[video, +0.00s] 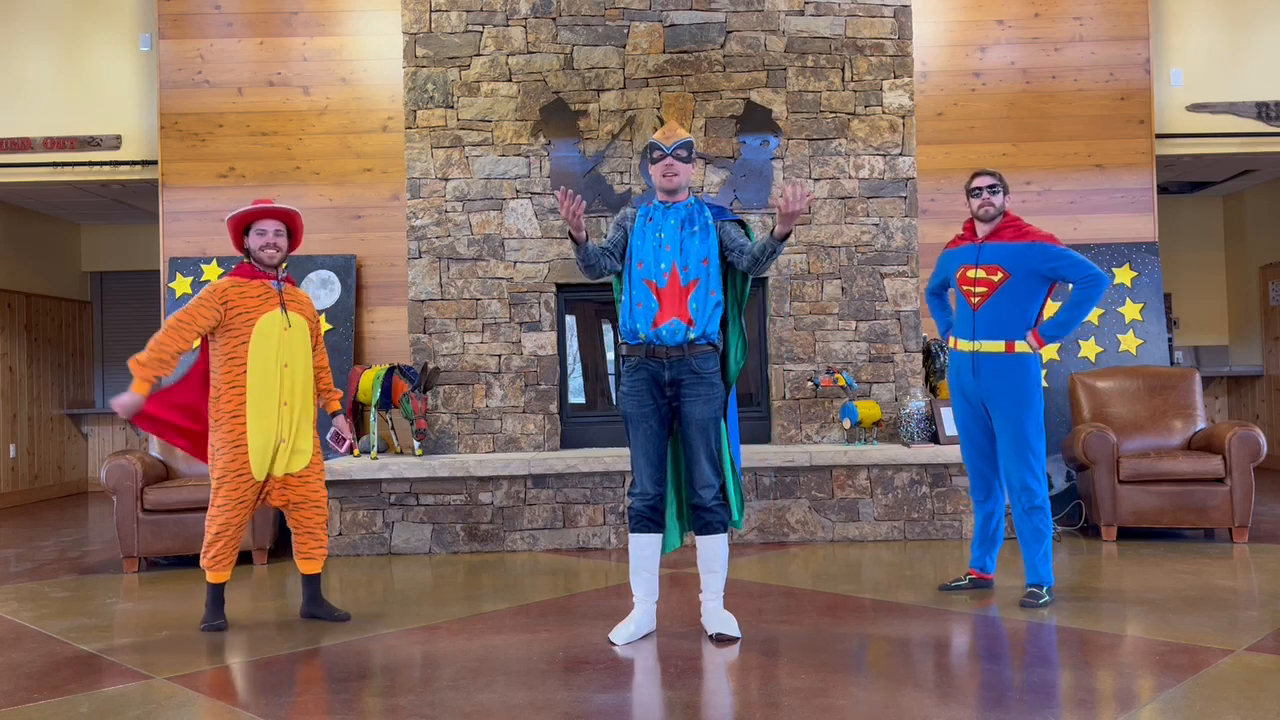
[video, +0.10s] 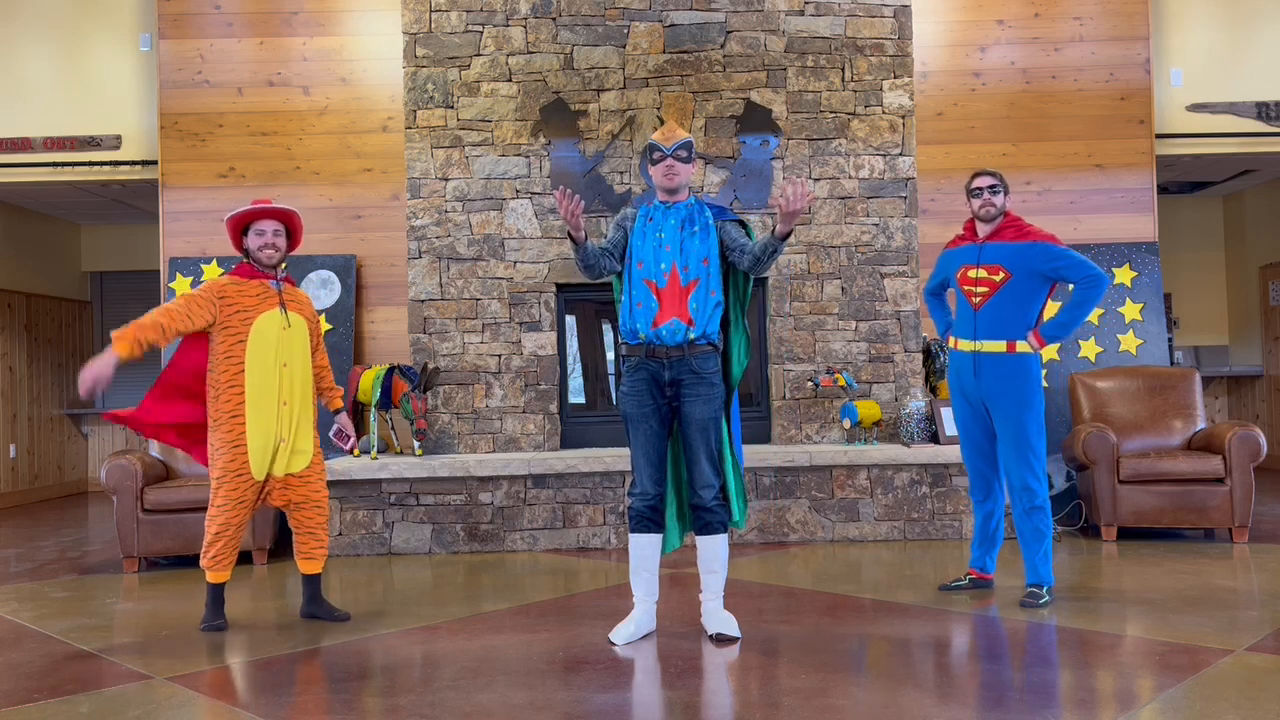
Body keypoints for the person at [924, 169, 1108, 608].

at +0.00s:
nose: (984, 198)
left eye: (992, 190)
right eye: (976, 192)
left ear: (1006, 198)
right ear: (967, 203)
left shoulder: (1032, 245)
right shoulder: (953, 253)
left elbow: (1094, 280)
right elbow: (933, 292)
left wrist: (1047, 333)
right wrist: (948, 328)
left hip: (1014, 373)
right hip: (964, 373)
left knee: (1025, 481)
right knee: (982, 479)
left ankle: (1039, 581)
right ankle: (981, 572)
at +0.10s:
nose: (985, 198)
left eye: (993, 191)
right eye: (977, 193)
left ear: (1007, 199)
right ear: (968, 203)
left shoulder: (1033, 246)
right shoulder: (954, 253)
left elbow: (1095, 280)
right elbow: (932, 292)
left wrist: (1048, 334)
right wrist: (946, 328)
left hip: (1014, 372)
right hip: (964, 373)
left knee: (1026, 479)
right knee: (981, 478)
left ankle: (1040, 581)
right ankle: (981, 571)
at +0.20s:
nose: (986, 198)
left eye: (994, 191)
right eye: (977, 193)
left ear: (1007, 198)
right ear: (968, 203)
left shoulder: (1034, 246)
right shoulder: (954, 252)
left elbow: (1095, 280)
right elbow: (931, 292)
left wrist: (1048, 335)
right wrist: (946, 328)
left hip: (1015, 373)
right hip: (964, 374)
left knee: (1026, 479)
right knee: (981, 478)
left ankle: (1040, 581)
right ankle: (981, 571)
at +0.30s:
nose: (986, 199)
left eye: (994, 191)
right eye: (977, 193)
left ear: (1007, 198)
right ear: (968, 203)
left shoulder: (1034, 246)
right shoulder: (952, 253)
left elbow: (1096, 282)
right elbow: (929, 293)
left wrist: (1051, 336)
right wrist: (945, 329)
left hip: (1016, 372)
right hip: (964, 373)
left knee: (1027, 480)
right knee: (981, 479)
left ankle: (1039, 582)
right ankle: (981, 571)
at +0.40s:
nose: (986, 199)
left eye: (994, 191)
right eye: (977, 193)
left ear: (1007, 199)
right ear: (968, 203)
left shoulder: (1034, 246)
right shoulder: (952, 253)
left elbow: (1096, 282)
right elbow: (929, 293)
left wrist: (1051, 336)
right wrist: (945, 330)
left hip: (1016, 372)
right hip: (964, 373)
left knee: (1027, 480)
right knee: (981, 479)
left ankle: (1039, 582)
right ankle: (981, 571)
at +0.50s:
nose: (986, 199)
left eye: (994, 192)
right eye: (977, 194)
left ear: (1007, 199)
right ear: (968, 204)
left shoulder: (1035, 246)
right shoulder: (952, 253)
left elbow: (1096, 281)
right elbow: (928, 292)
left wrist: (1051, 336)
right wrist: (944, 330)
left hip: (1017, 373)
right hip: (964, 374)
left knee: (1027, 480)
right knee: (982, 479)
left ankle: (1039, 582)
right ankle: (981, 571)